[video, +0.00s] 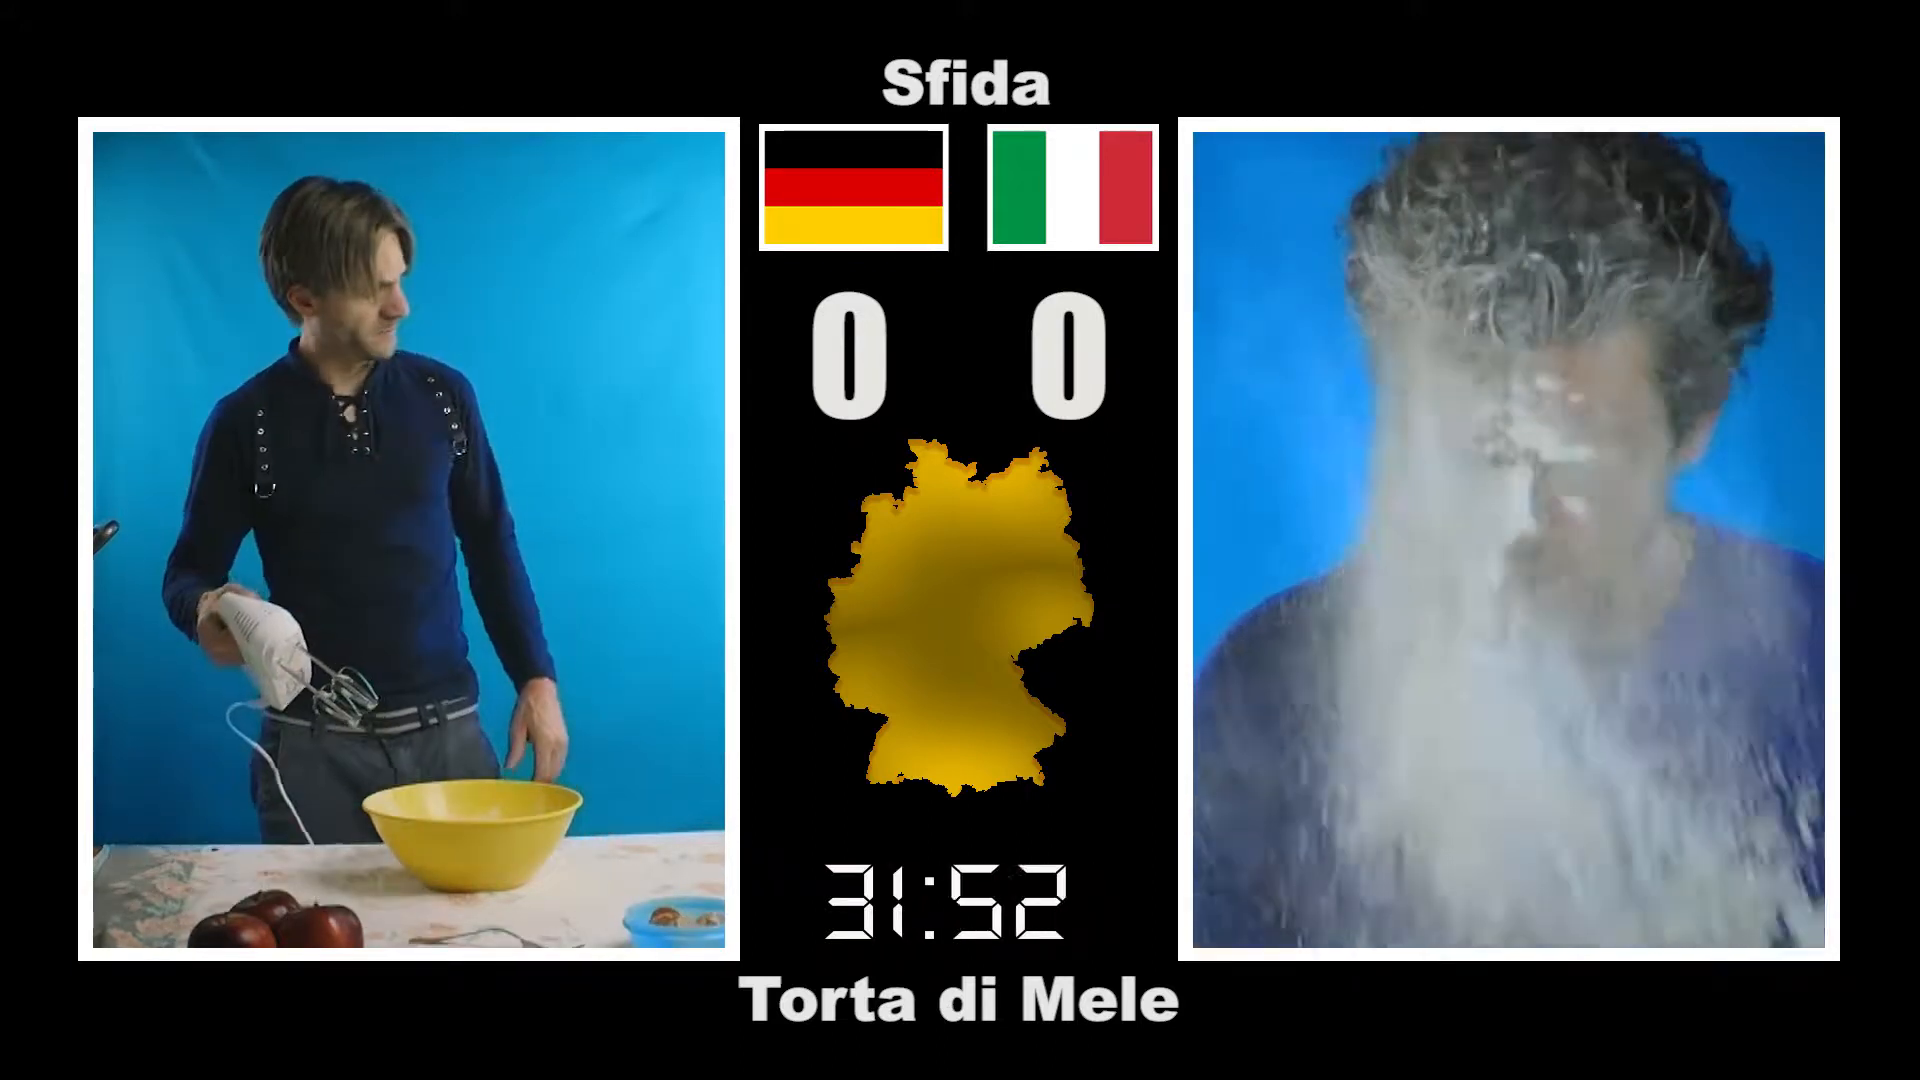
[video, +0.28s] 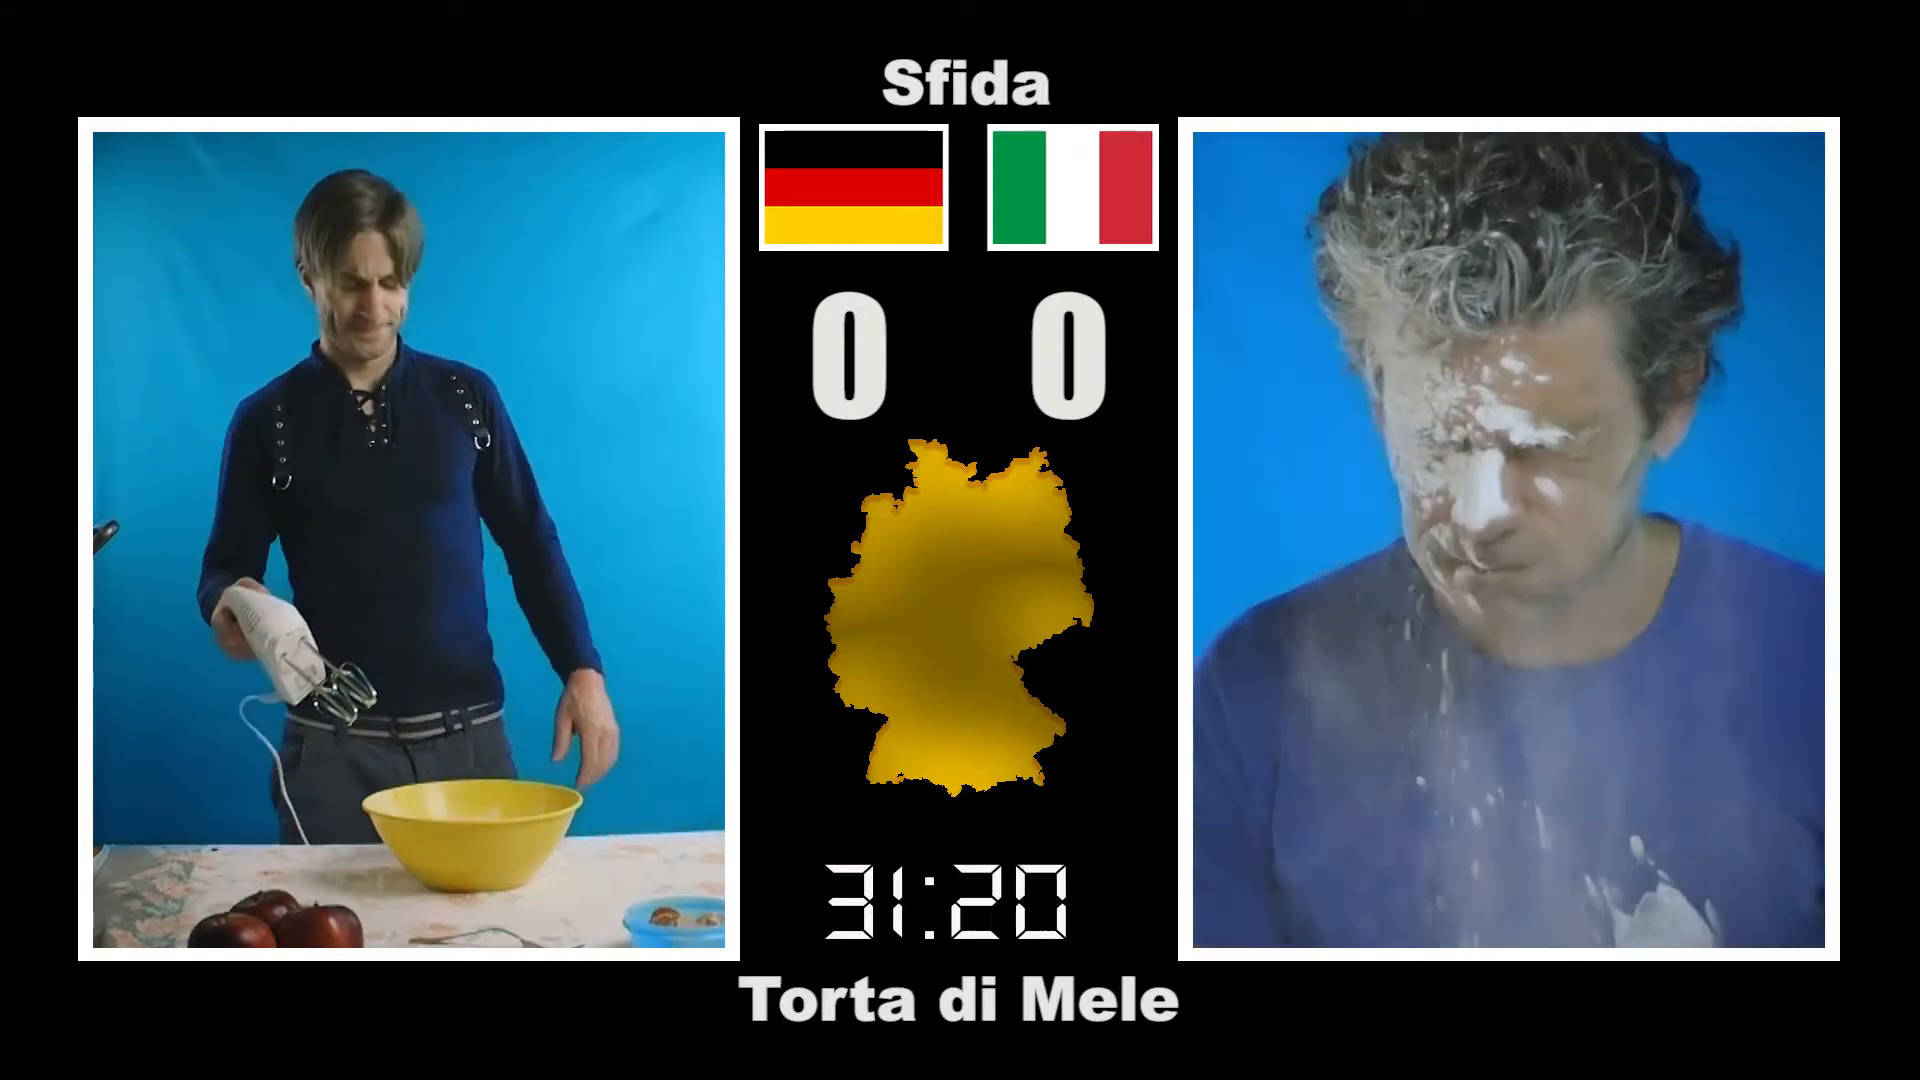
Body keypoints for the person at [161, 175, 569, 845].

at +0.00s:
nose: (399, 307)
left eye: (398, 284)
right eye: (375, 291)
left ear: (401, 273)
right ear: (304, 303)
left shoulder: (443, 397)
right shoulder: (247, 423)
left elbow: (491, 542)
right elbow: (191, 570)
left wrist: (536, 678)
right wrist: (205, 613)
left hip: (447, 740)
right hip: (317, 752)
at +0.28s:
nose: (373, 307)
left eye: (390, 282)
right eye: (351, 283)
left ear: (410, 277)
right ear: (311, 276)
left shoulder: (466, 400)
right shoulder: (267, 423)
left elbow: (531, 541)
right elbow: (228, 567)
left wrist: (583, 670)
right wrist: (234, 613)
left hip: (469, 744)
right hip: (336, 752)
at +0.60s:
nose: (481, 316)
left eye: (497, 296)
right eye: (462, 292)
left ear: (510, 291)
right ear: (407, 272)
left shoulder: (537, 412)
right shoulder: (337, 412)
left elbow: (588, 553)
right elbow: (276, 551)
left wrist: (611, 672)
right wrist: (286, 593)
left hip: (517, 749)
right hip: (381, 751)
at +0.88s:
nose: (572, 322)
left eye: (580, 300)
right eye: (552, 298)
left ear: (587, 295)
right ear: (483, 288)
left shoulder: (582, 422)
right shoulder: (382, 397)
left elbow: (607, 575)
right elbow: (306, 536)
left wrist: (597, 710)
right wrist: (324, 580)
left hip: (523, 745)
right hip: (388, 737)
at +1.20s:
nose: (532, 325)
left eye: (546, 304)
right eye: (514, 299)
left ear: (557, 298)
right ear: (450, 277)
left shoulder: (545, 419)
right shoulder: (350, 398)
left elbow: (570, 572)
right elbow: (263, 546)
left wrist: (602, 694)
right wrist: (315, 595)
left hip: (500, 738)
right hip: (368, 740)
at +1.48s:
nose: (458, 323)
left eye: (469, 300)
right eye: (440, 298)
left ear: (478, 294)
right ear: (370, 283)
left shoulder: (475, 406)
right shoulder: (283, 408)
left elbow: (509, 562)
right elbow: (205, 577)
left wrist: (559, 689)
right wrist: (284, 615)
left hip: (457, 741)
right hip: (327, 750)